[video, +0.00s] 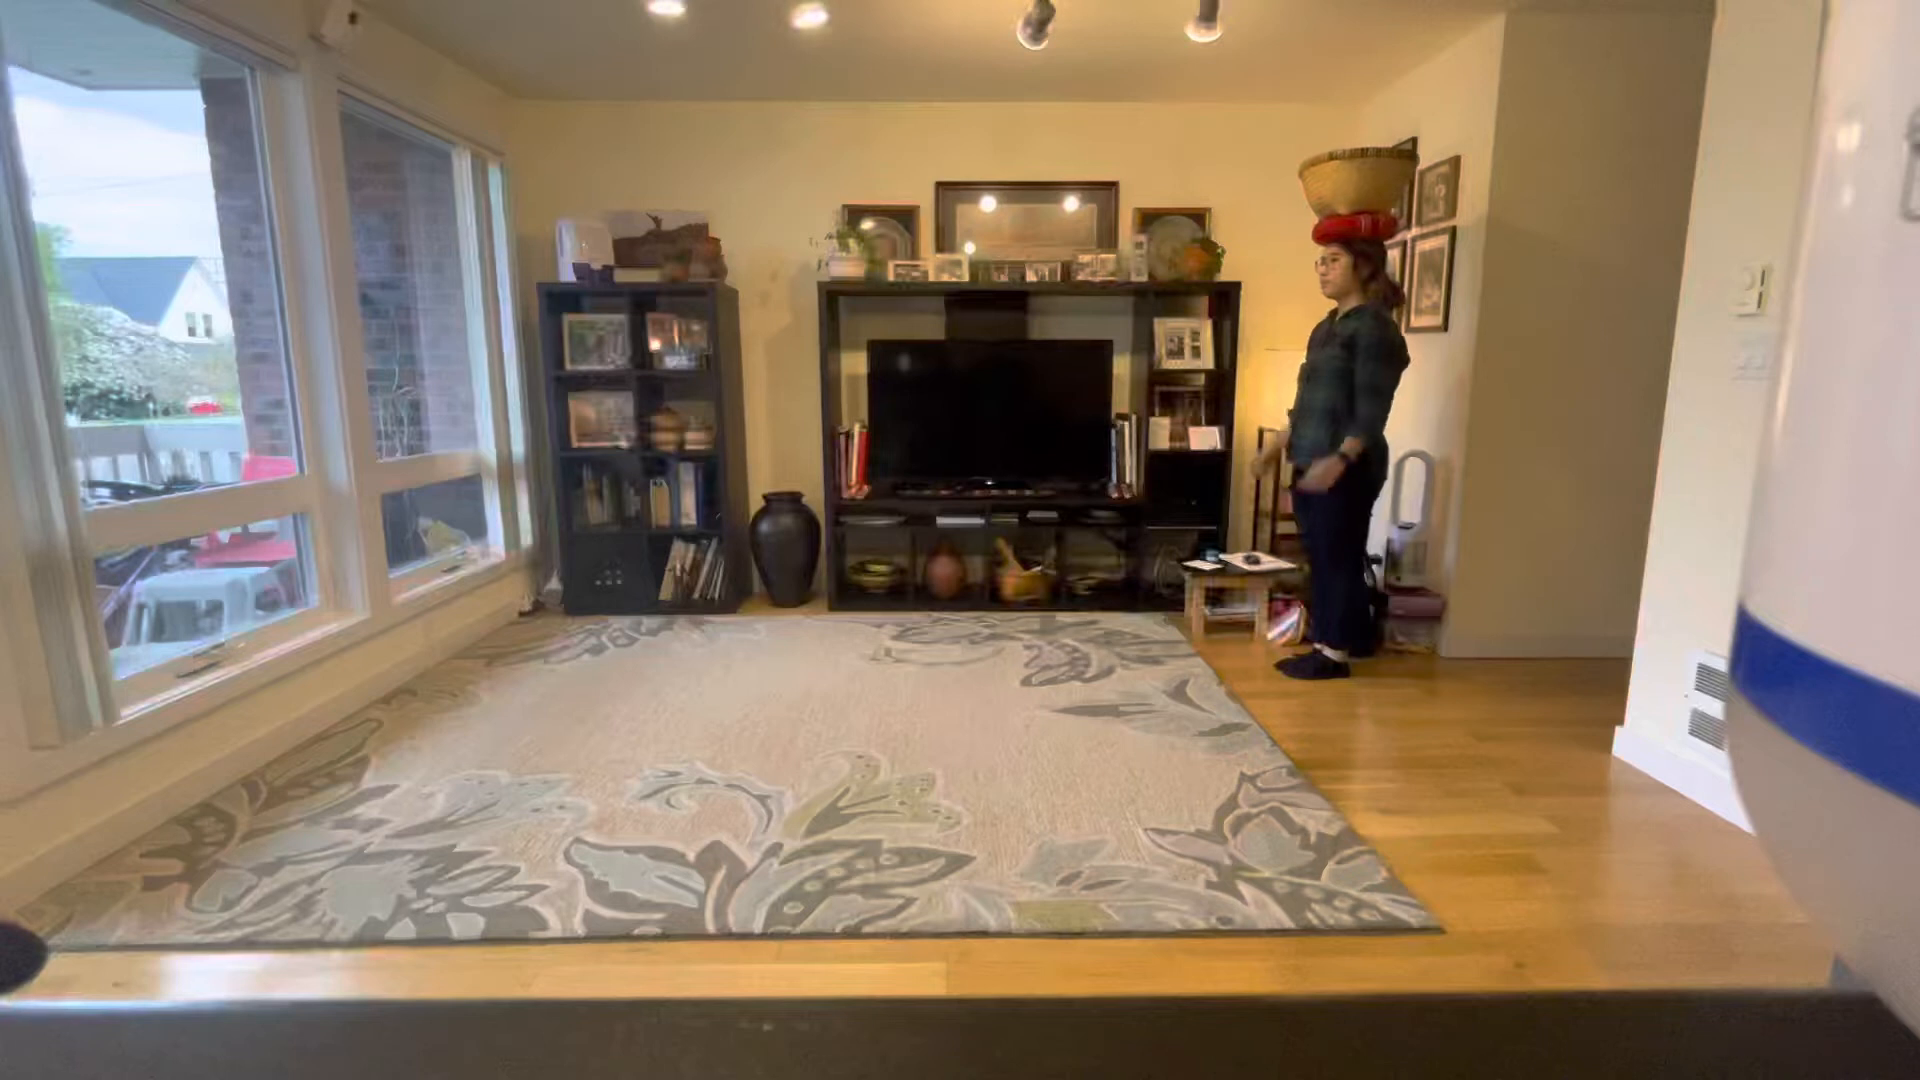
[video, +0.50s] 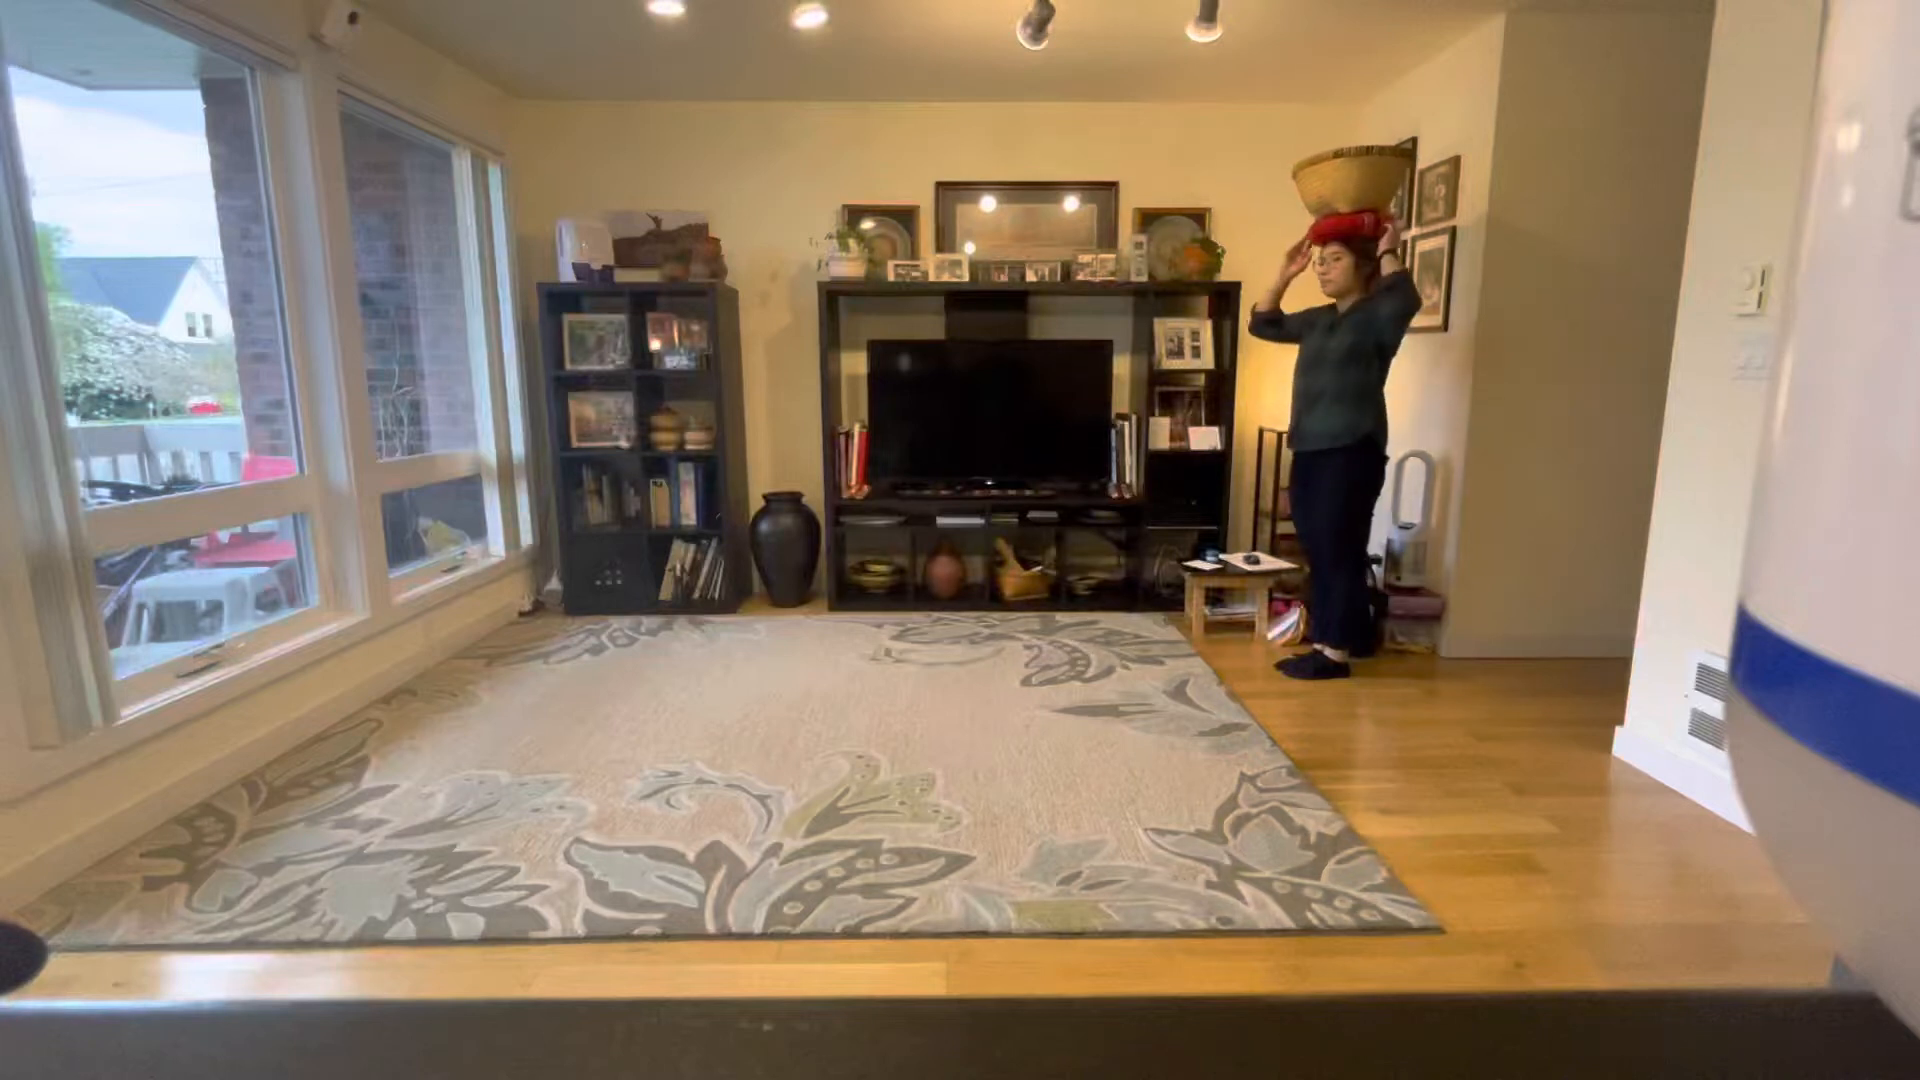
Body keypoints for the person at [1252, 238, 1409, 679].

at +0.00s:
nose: (1322, 270)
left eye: (1332, 261)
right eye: (1320, 262)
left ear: (1363, 268)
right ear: (1321, 271)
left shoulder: (1375, 326)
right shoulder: (1326, 327)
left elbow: (1373, 405)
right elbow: (1309, 399)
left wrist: (1340, 457)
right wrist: (1277, 445)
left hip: (1349, 460)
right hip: (1315, 457)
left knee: (1338, 554)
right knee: (1322, 553)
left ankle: (1334, 650)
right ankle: (1327, 640)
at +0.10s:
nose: (1320, 270)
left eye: (1330, 261)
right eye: (1320, 263)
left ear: (1361, 267)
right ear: (1330, 269)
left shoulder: (1376, 324)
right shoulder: (1326, 327)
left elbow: (1383, 399)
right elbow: (1306, 397)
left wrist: (1343, 417)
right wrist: (1254, 419)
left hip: (1349, 461)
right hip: (1315, 460)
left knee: (1338, 551)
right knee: (1321, 551)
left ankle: (1335, 649)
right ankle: (1331, 639)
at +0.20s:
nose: (1320, 270)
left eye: (1330, 261)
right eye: (1319, 263)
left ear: (1362, 266)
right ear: (1323, 270)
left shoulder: (1378, 321)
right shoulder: (1326, 326)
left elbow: (1388, 391)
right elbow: (1302, 389)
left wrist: (1345, 369)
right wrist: (1243, 389)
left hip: (1350, 459)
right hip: (1314, 458)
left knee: (1338, 552)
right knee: (1321, 551)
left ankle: (1335, 649)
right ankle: (1328, 638)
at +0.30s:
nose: (1321, 271)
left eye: (1330, 261)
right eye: (1320, 263)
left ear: (1362, 264)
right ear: (1331, 270)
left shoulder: (1382, 320)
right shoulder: (1325, 324)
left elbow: (1388, 364)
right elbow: (1285, 373)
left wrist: (1365, 311)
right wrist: (1246, 340)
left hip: (1352, 456)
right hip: (1312, 455)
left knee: (1338, 550)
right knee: (1320, 550)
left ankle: (1335, 650)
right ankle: (1333, 639)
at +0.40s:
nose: (1322, 270)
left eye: (1333, 261)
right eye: (1319, 262)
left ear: (1360, 267)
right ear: (1319, 270)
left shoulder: (1376, 317)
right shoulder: (1321, 322)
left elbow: (1394, 331)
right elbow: (1270, 350)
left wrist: (1376, 274)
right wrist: (1261, 301)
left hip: (1353, 451)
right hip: (1312, 451)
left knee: (1338, 547)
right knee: (1319, 547)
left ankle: (1334, 650)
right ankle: (1335, 638)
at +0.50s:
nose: (1323, 268)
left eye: (1334, 259)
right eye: (1319, 260)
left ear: (1363, 265)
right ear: (1317, 266)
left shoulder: (1377, 314)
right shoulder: (1318, 318)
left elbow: (1404, 299)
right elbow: (1263, 324)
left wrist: (1386, 256)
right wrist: (1284, 277)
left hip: (1354, 448)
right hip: (1311, 449)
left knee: (1339, 546)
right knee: (1318, 545)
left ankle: (1334, 649)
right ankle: (1332, 638)